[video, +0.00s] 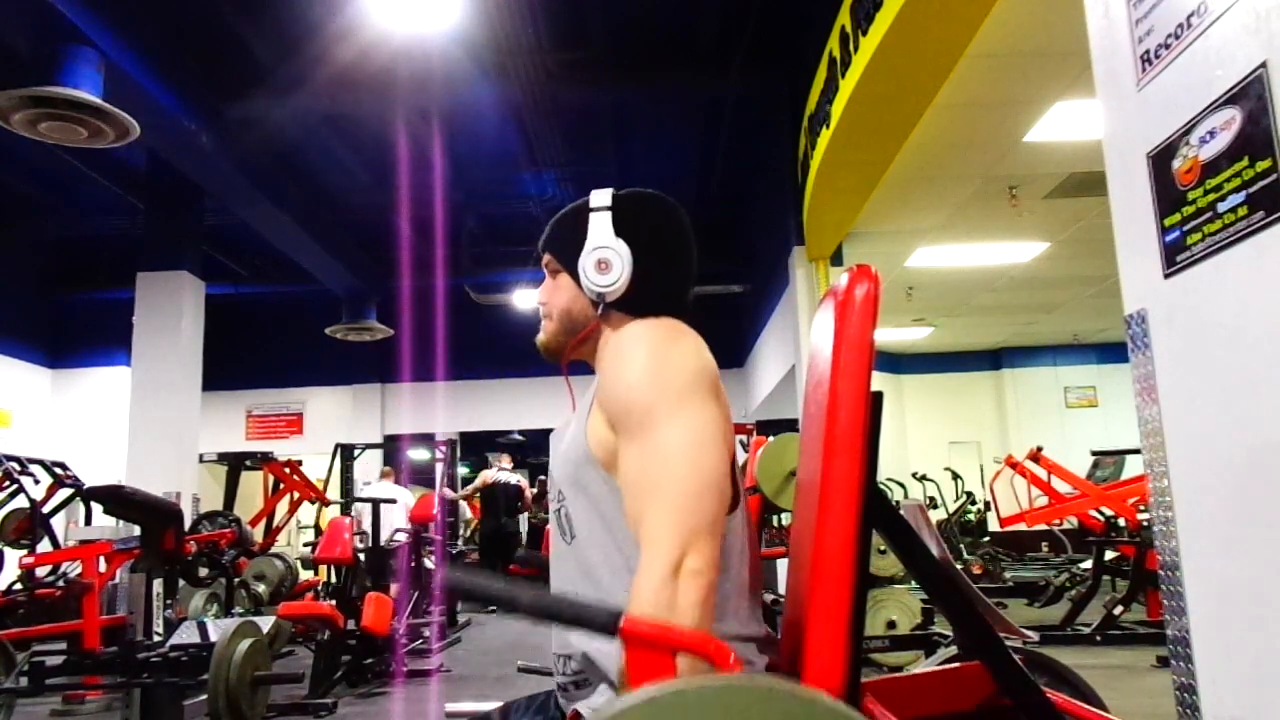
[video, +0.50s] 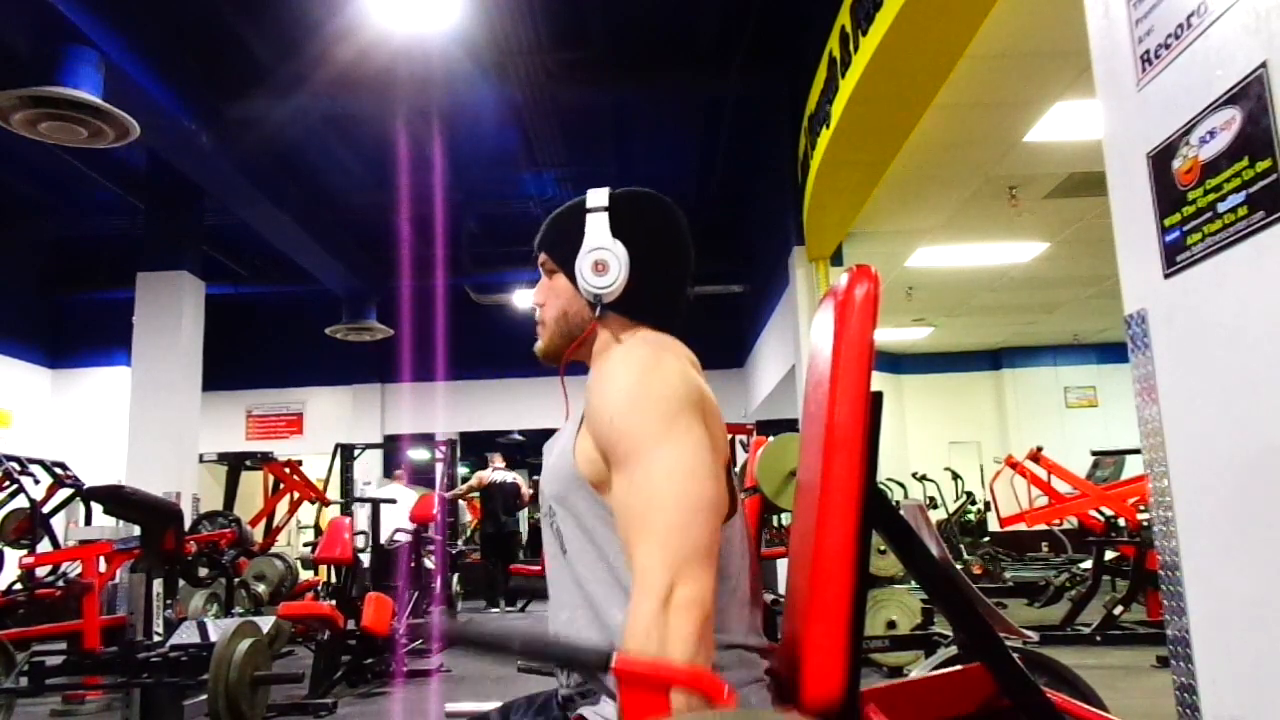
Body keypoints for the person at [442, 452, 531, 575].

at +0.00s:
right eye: (511, 464)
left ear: (495, 464)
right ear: (511, 465)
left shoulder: (487, 474)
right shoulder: (521, 480)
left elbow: (469, 491)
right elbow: (527, 506)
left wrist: (454, 496)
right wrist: (514, 512)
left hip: (489, 529)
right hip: (511, 531)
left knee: (488, 567)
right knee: (505, 569)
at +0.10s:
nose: (494, 465)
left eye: (495, 462)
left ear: (495, 463)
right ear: (511, 465)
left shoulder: (486, 474)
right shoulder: (521, 480)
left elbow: (469, 490)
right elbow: (527, 504)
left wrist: (451, 496)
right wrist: (514, 511)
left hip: (490, 527)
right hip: (511, 528)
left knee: (490, 564)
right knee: (506, 565)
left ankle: (494, 603)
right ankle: (506, 600)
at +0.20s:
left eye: (494, 462)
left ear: (494, 463)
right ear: (510, 465)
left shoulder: (486, 474)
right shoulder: (520, 480)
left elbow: (468, 490)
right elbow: (526, 504)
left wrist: (452, 496)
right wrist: (513, 511)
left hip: (489, 528)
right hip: (511, 529)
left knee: (489, 565)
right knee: (510, 566)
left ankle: (493, 604)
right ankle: (511, 604)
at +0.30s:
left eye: (492, 463)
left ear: (492, 464)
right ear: (509, 464)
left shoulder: (484, 475)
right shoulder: (519, 479)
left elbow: (466, 490)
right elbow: (526, 502)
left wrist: (449, 496)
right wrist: (513, 509)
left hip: (489, 527)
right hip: (510, 528)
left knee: (490, 564)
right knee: (510, 565)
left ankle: (493, 604)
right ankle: (511, 603)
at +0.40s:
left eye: (492, 463)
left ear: (491, 464)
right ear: (507, 465)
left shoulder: (483, 475)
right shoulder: (518, 478)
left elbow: (465, 490)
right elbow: (526, 501)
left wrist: (448, 496)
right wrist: (513, 509)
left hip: (489, 528)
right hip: (511, 529)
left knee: (490, 565)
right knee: (510, 565)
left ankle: (493, 603)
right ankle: (511, 603)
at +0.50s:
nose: (490, 465)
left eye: (489, 463)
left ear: (489, 464)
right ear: (504, 464)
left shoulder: (482, 475)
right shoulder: (516, 477)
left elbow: (463, 490)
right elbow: (525, 499)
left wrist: (447, 496)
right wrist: (513, 509)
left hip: (489, 528)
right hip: (510, 529)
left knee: (490, 564)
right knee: (506, 565)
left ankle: (493, 603)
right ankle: (508, 602)